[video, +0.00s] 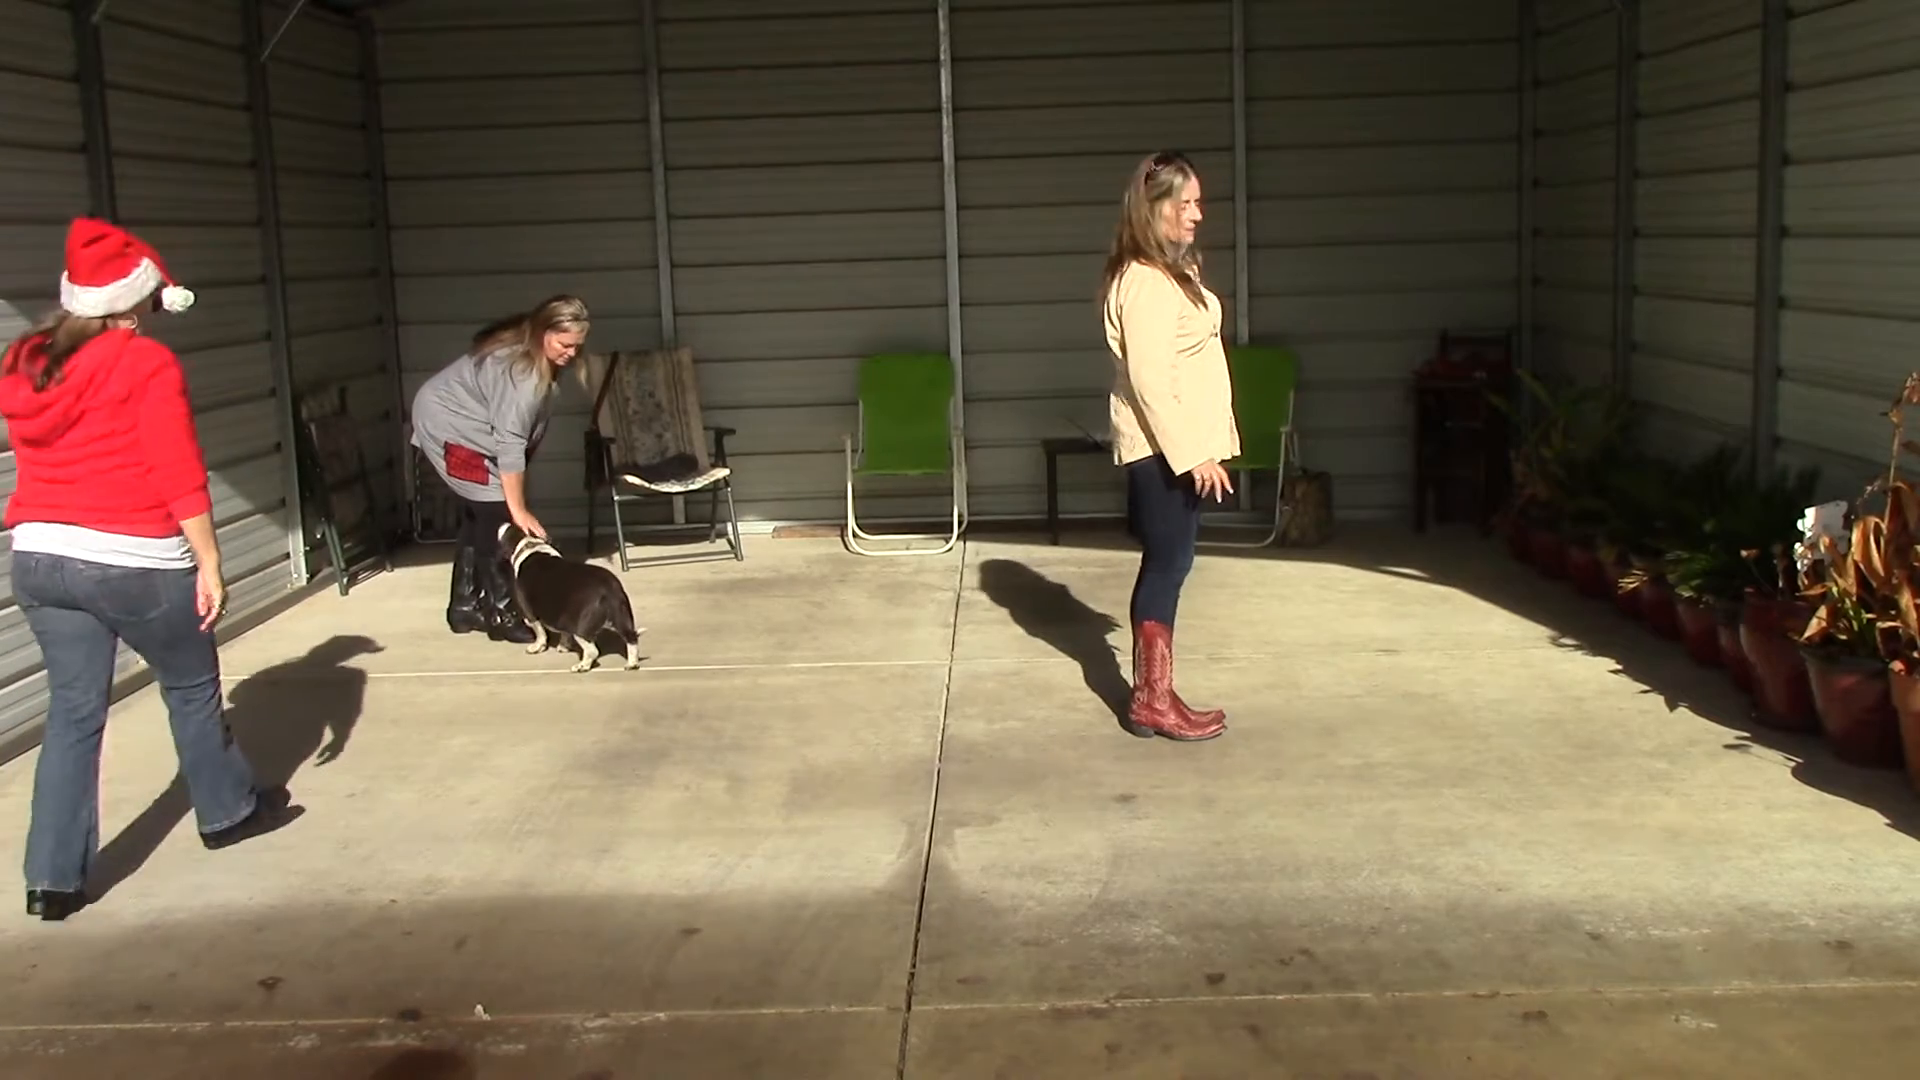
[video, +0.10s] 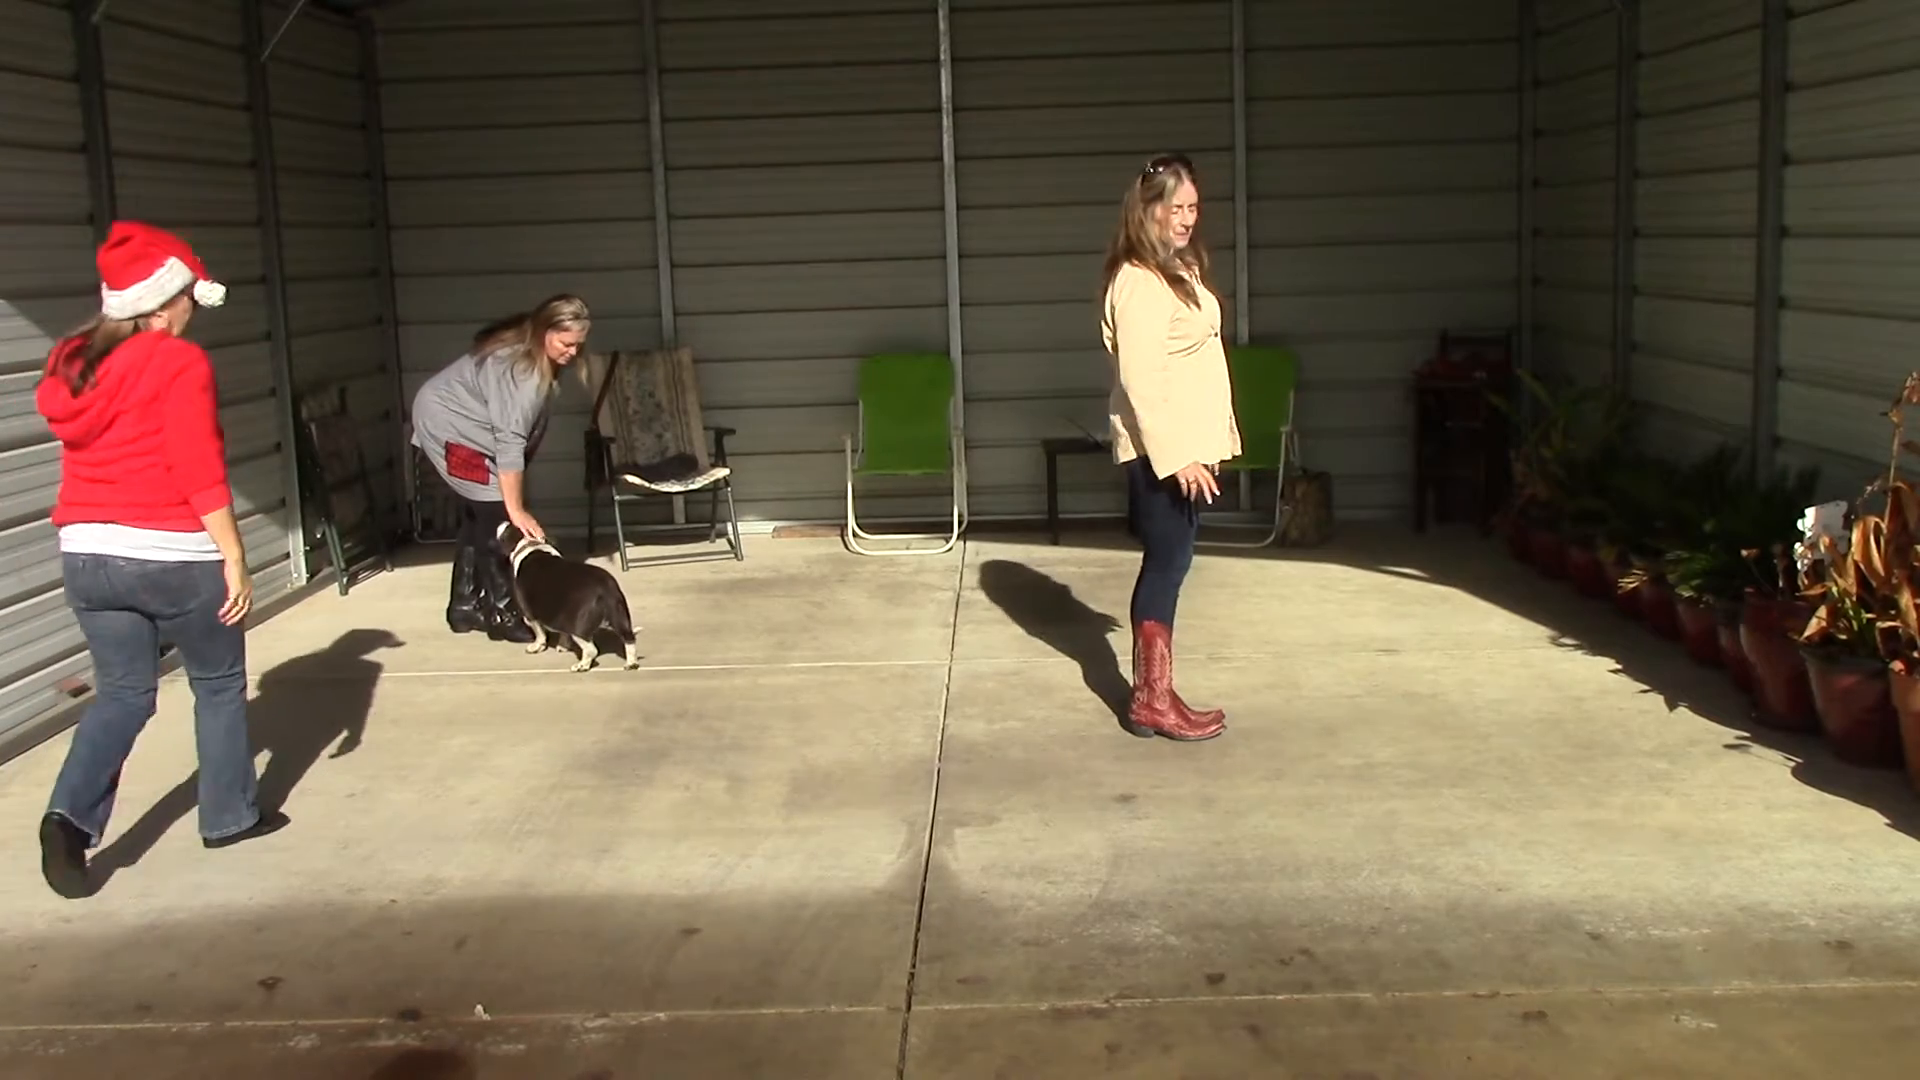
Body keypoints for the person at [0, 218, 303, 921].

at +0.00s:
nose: (154, 314)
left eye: (153, 301)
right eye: (151, 302)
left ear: (74, 297)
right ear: (133, 301)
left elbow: (23, 453)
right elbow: (180, 473)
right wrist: (209, 559)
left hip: (40, 555)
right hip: (135, 559)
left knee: (72, 711)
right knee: (191, 684)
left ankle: (53, 879)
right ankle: (228, 810)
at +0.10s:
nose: (195, 309)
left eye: (194, 298)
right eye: (191, 298)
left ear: (126, 304)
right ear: (167, 304)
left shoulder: (79, 363)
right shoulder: (182, 363)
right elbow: (201, 473)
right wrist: (234, 556)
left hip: (87, 558)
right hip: (172, 555)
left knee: (123, 690)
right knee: (219, 680)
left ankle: (69, 817)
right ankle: (230, 815)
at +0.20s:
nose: (222, 309)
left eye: (222, 297)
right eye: (218, 296)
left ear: (160, 302)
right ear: (187, 301)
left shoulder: (116, 361)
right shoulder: (203, 359)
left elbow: (112, 460)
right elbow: (221, 463)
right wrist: (266, 545)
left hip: (128, 548)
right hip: (204, 546)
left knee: (187, 662)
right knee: (243, 672)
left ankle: (118, 775)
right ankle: (231, 815)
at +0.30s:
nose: (245, 299)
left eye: (244, 288)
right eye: (240, 288)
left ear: (186, 295)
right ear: (211, 292)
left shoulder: (147, 349)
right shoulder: (219, 353)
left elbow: (143, 448)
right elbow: (234, 460)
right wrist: (293, 531)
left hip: (158, 529)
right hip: (218, 532)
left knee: (234, 648)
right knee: (258, 662)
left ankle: (191, 776)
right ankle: (234, 811)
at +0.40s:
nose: (262, 298)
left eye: (261, 287)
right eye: (255, 286)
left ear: (210, 295)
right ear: (225, 291)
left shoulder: (176, 347)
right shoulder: (227, 350)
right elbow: (235, 455)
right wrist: (311, 510)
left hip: (187, 522)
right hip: (231, 526)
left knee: (270, 644)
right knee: (268, 662)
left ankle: (277, 752)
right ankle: (229, 811)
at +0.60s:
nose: (288, 291)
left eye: (285, 280)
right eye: (278, 282)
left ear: (248, 289)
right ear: (246, 289)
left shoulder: (252, 342)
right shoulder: (232, 347)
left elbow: (269, 436)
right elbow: (230, 450)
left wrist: (316, 485)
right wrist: (315, 481)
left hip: (263, 511)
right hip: (245, 517)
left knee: (297, 635)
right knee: (296, 644)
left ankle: (277, 745)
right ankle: (225, 778)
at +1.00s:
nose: (302, 272)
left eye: (303, 261)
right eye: (289, 263)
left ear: (297, 261)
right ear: (252, 267)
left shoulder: (299, 329)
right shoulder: (231, 326)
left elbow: (313, 419)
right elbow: (230, 421)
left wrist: (331, 488)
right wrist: (313, 408)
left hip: (299, 497)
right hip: (253, 500)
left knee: (284, 631)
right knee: (260, 633)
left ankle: (281, 744)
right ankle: (249, 761)